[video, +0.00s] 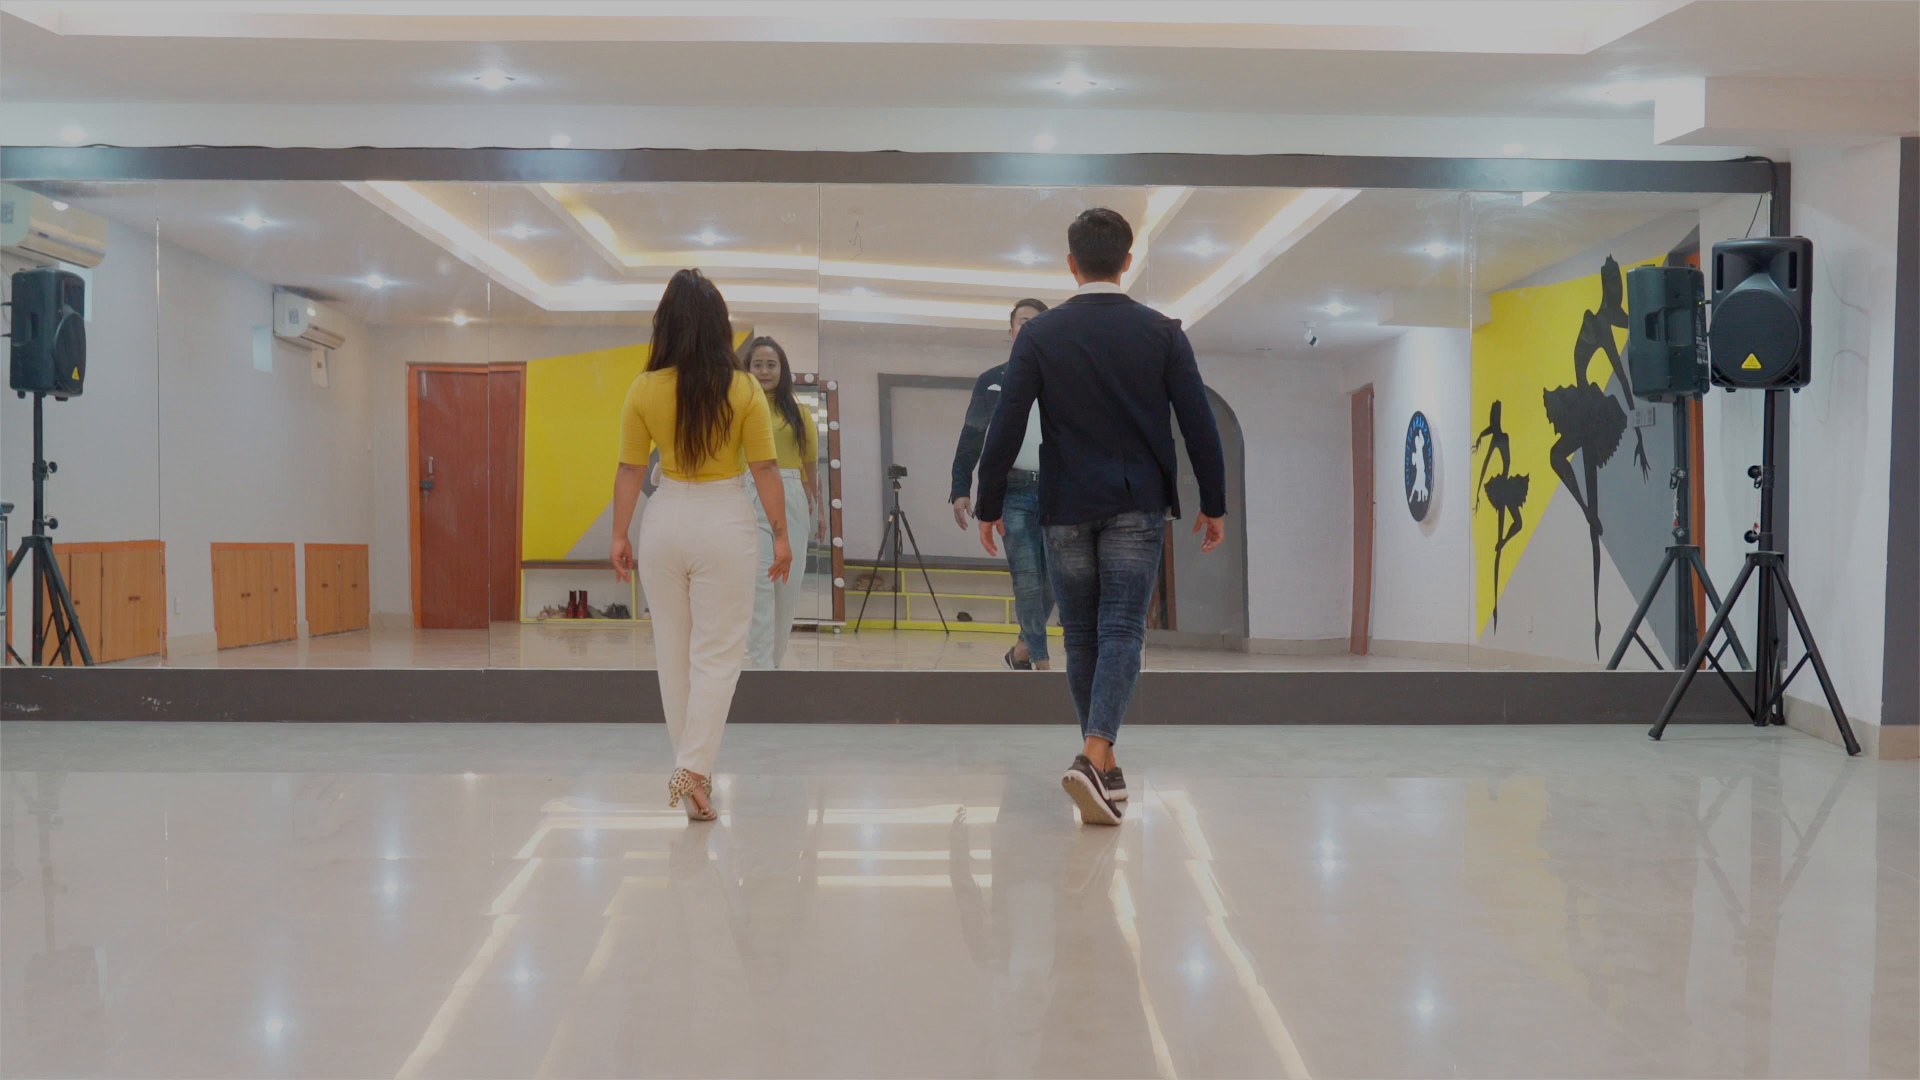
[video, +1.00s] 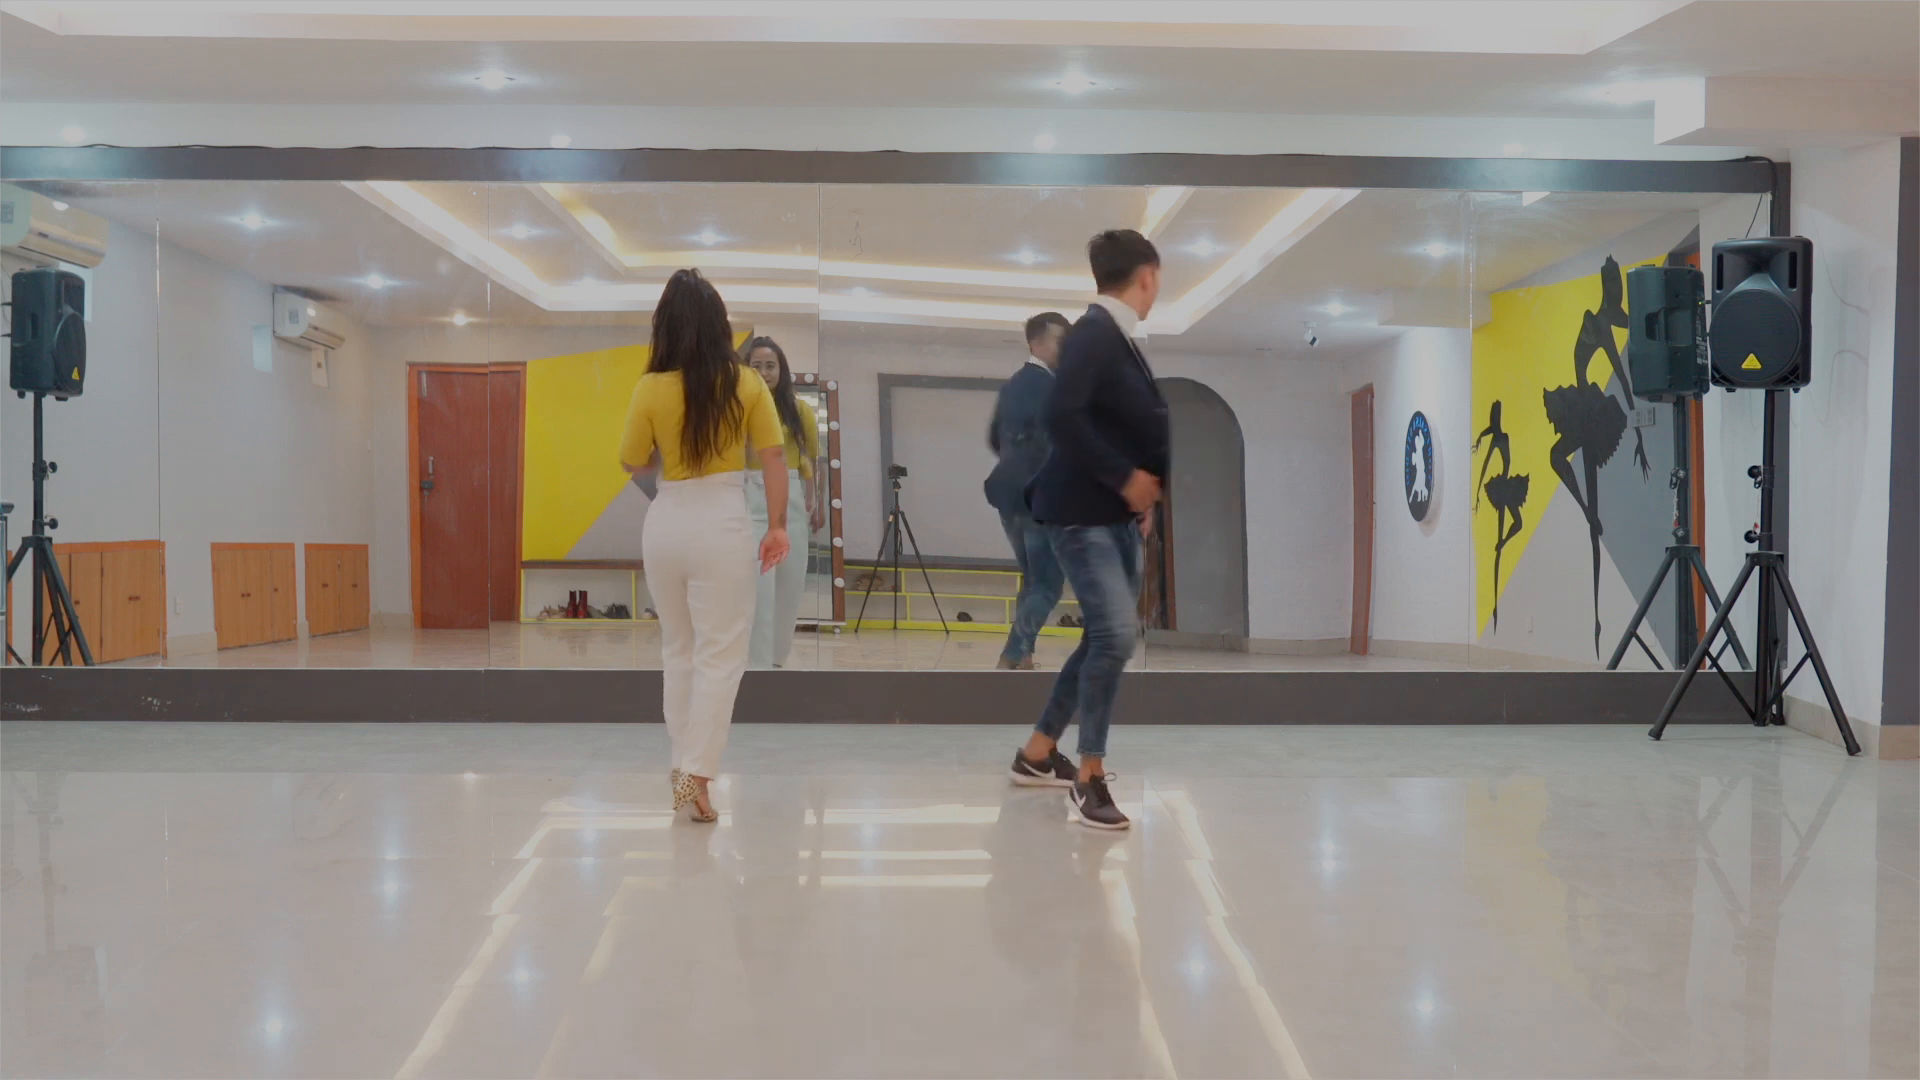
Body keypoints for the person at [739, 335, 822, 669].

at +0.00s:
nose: (764, 371)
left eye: (771, 364)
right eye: (757, 364)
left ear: (782, 370)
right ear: (746, 370)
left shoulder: (799, 413)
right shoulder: (740, 411)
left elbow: (809, 470)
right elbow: (730, 465)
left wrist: (817, 512)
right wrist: (730, 507)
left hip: (791, 499)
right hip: (751, 498)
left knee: (788, 585)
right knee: (760, 586)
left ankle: (773, 668)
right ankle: (759, 672)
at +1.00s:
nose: (764, 372)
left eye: (771, 365)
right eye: (757, 365)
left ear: (782, 369)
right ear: (746, 369)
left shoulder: (800, 410)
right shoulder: (740, 409)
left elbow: (809, 460)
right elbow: (731, 462)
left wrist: (814, 503)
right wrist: (730, 504)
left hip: (791, 496)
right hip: (750, 497)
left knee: (790, 578)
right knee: (758, 580)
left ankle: (777, 661)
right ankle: (758, 665)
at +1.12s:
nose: (761, 371)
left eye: (767, 365)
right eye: (753, 365)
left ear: (778, 372)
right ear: (741, 371)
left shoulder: (789, 411)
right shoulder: (738, 411)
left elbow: (805, 466)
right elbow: (752, 440)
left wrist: (812, 510)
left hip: (789, 510)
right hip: (752, 510)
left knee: (792, 589)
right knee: (764, 587)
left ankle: (773, 662)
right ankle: (751, 666)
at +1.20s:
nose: (777, 369)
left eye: (778, 363)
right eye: (768, 364)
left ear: (780, 367)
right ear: (748, 370)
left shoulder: (773, 399)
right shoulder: (760, 398)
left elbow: (782, 463)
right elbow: (804, 434)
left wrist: (801, 502)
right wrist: (811, 469)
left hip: (783, 501)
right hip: (760, 499)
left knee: (791, 587)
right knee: (774, 587)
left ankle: (766, 666)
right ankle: (747, 669)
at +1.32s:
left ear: (747, 377)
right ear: (784, 375)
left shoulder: (736, 410)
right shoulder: (794, 413)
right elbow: (809, 465)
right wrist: (814, 508)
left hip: (736, 501)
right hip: (775, 502)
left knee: (755, 590)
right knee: (781, 594)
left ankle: (755, 669)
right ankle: (752, 670)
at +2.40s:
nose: (802, 378)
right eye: (797, 373)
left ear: (758, 379)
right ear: (791, 378)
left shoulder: (746, 413)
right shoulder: (795, 417)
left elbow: (739, 471)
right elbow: (802, 475)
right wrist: (808, 520)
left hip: (745, 502)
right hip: (783, 501)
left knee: (751, 589)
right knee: (782, 593)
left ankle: (747, 666)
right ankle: (763, 670)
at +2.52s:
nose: (804, 376)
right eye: (799, 369)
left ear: (762, 371)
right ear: (792, 371)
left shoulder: (749, 405)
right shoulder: (790, 407)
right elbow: (803, 459)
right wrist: (802, 508)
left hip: (752, 501)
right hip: (782, 502)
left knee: (760, 587)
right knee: (776, 592)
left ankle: (760, 662)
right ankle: (763, 666)